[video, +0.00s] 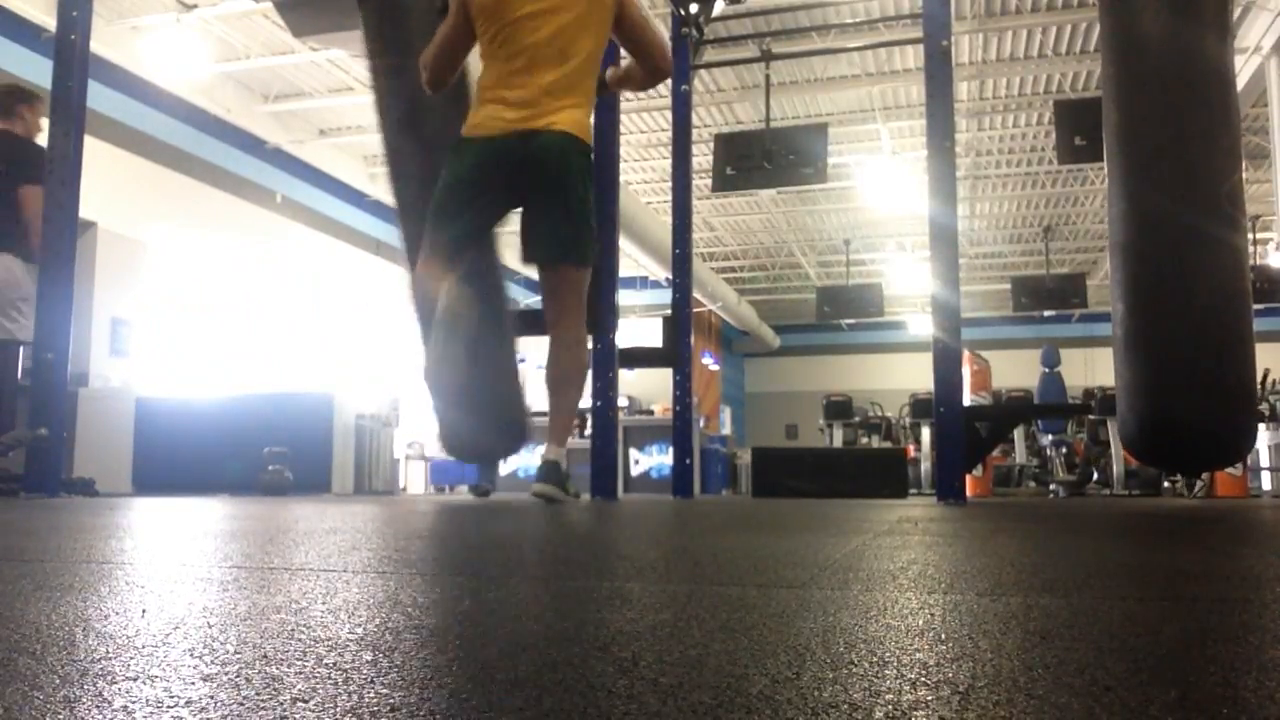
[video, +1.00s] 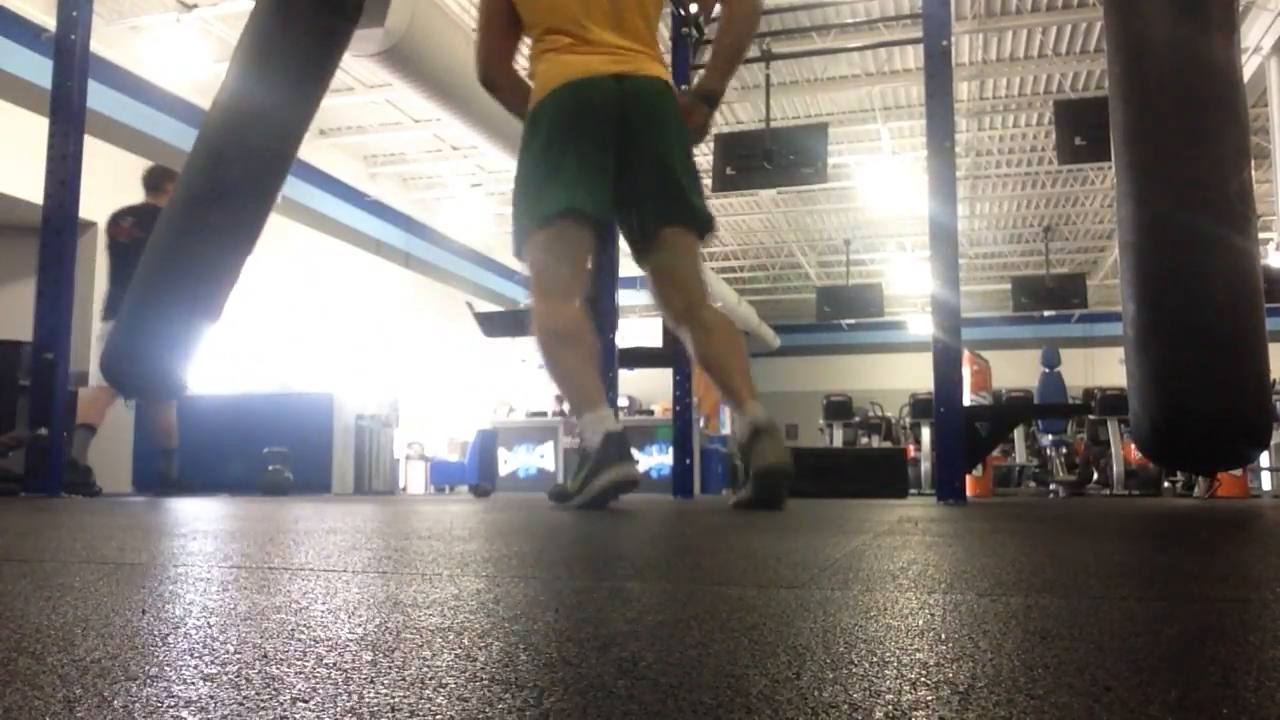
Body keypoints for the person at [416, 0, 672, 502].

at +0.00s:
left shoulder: (481, 2)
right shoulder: (605, 2)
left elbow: (435, 71)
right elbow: (657, 64)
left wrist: (441, 72)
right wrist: (610, 81)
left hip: (485, 142)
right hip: (563, 144)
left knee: (433, 273)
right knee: (567, 314)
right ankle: (554, 459)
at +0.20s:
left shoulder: (490, 2)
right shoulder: (619, 3)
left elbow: (433, 88)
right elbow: (676, 68)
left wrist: (405, 89)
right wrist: (634, 127)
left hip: (500, 149)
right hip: (577, 162)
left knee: (438, 216)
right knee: (577, 324)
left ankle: (381, 293)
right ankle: (546, 457)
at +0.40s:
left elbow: (466, 62)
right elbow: (701, 25)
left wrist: (459, 58)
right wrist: (677, 107)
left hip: (521, 114)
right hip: (598, 122)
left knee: (435, 245)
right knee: (594, 297)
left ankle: (393, 376)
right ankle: (587, 440)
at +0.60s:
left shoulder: (499, 3)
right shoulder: (636, 2)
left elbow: (462, 85)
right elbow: (689, 77)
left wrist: (528, 103)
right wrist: (680, 169)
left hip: (538, 142)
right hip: (614, 143)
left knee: (522, 312)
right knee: (584, 320)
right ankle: (596, 466)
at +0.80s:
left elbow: (467, 25)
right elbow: (700, 4)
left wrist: (530, 76)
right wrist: (683, 91)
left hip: (555, 75)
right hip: (641, 75)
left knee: (542, 260)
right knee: (632, 269)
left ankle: (552, 430)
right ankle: (647, 435)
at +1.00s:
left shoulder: (511, 2)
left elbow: (492, 68)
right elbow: (744, 4)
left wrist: (553, 120)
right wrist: (705, 94)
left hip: (567, 101)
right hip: (653, 94)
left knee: (557, 294)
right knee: (689, 299)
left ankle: (601, 438)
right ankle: (754, 419)